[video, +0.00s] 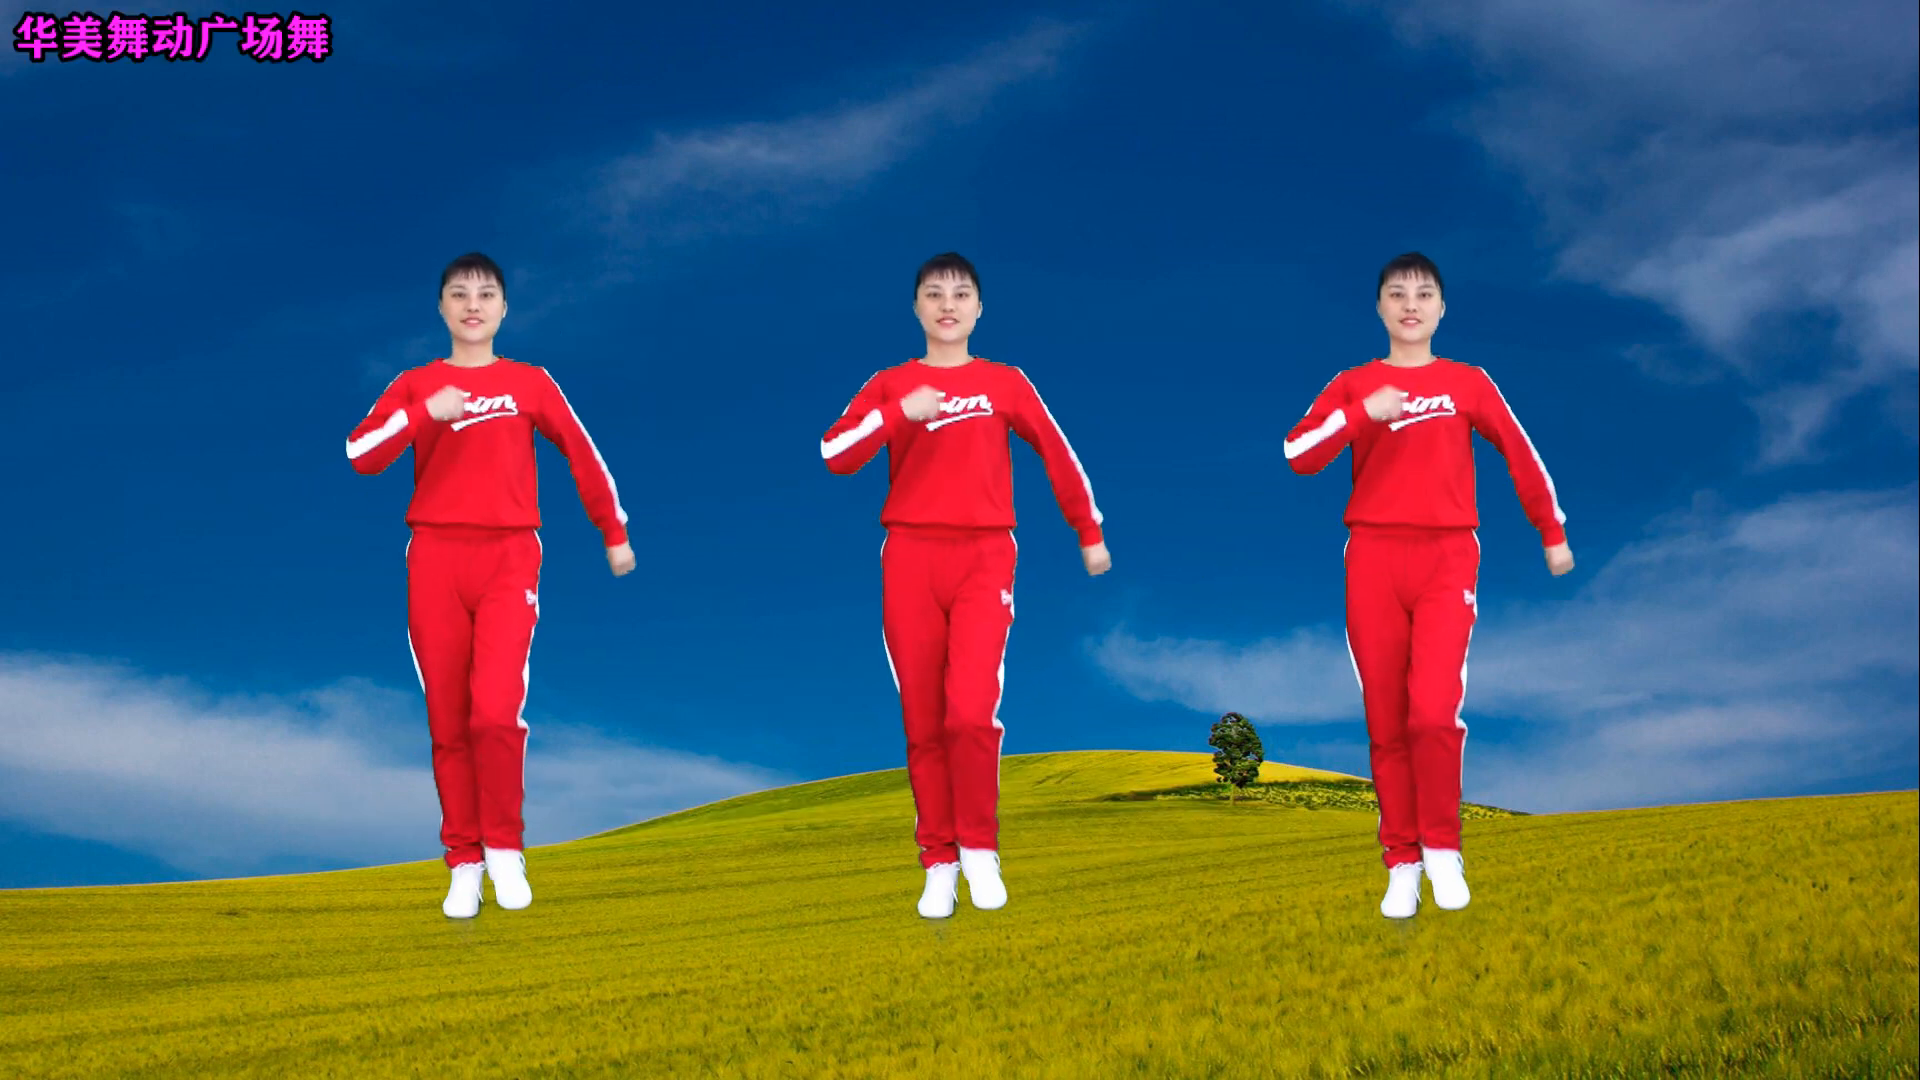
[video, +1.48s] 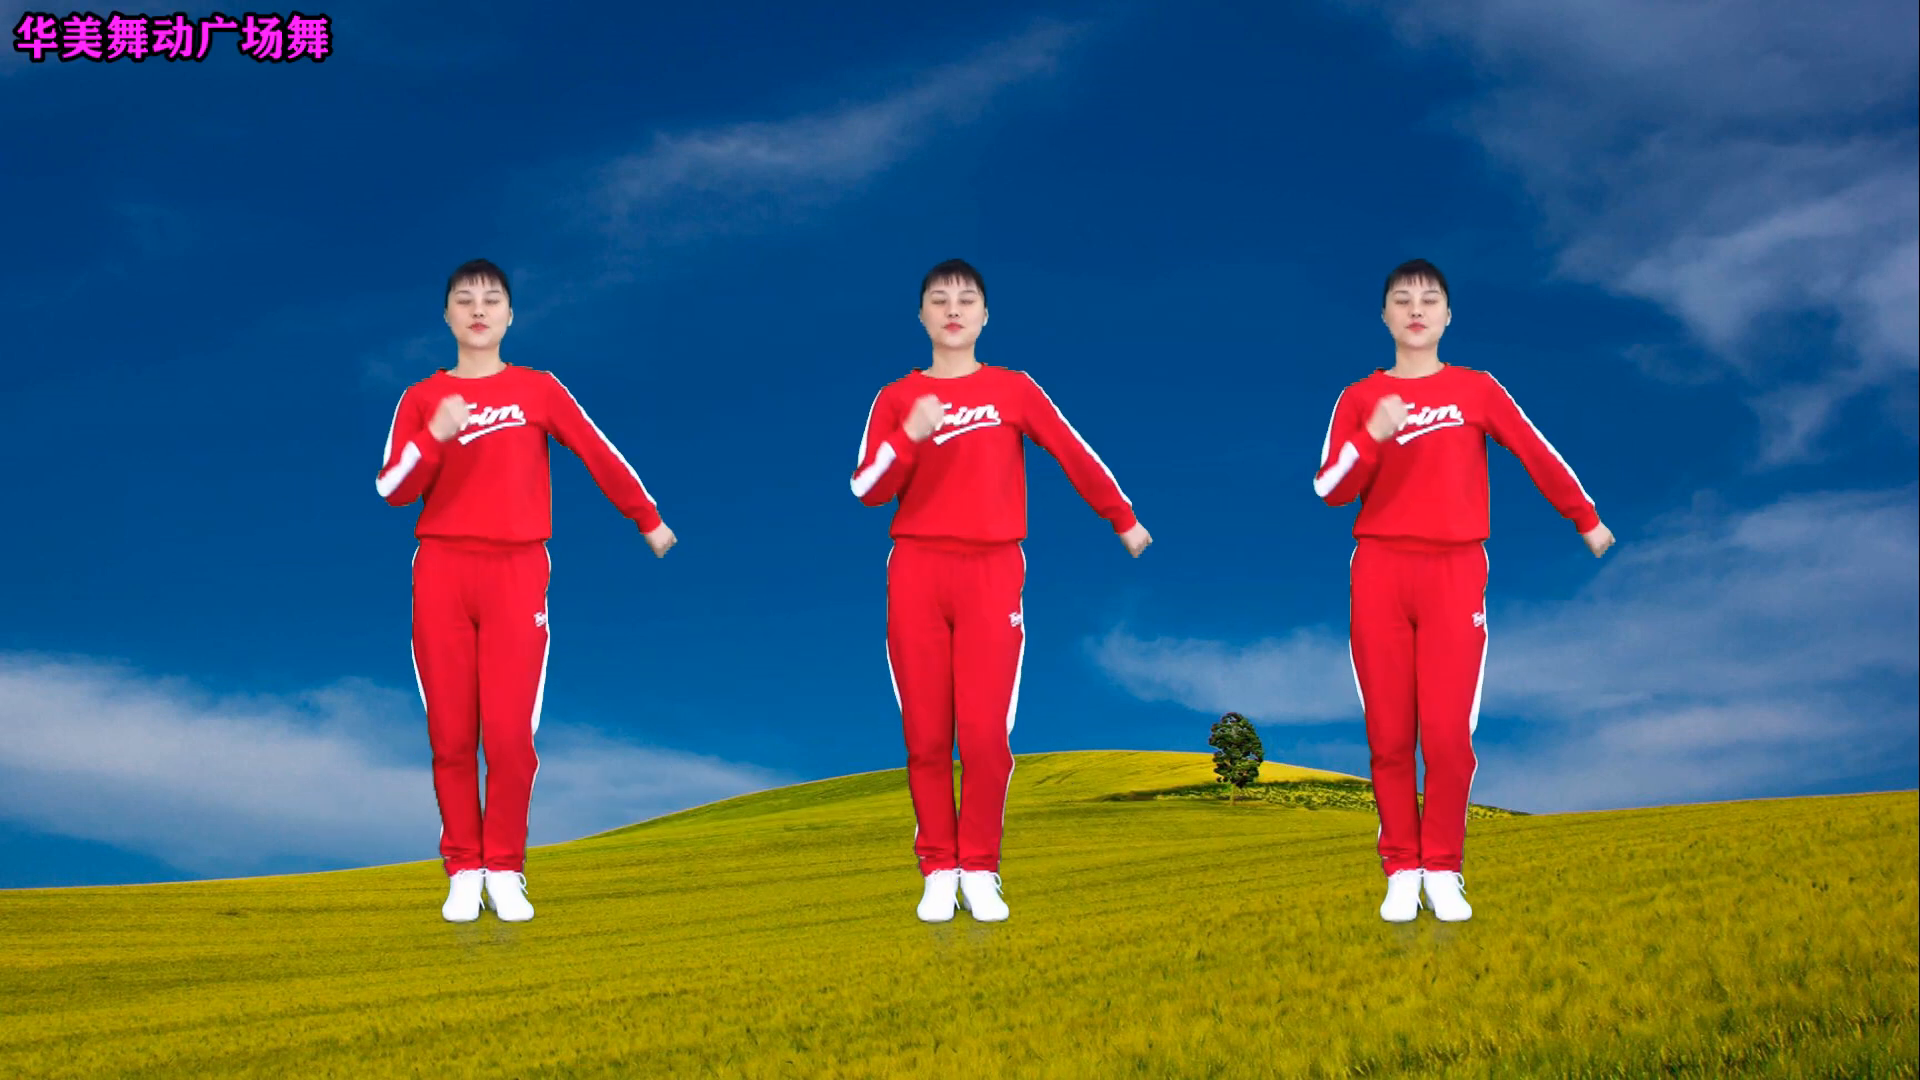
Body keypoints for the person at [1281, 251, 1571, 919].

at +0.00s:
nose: (1411, 304)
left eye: (1423, 295)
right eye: (1399, 295)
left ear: (1441, 307)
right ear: (1381, 308)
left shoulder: (1469, 383)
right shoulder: (1351, 385)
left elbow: (1523, 454)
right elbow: (1299, 455)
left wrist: (1553, 535)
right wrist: (1360, 414)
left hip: (1448, 561)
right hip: (1372, 561)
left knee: (1434, 713)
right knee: (1385, 720)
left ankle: (1442, 850)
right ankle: (1401, 861)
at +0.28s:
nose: (1417, 314)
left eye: (1430, 304)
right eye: (1404, 304)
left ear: (1448, 315)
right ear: (1388, 316)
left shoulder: (1477, 388)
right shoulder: (1362, 394)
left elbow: (1527, 472)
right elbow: (1347, 478)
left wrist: (1572, 548)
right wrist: (1383, 505)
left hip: (1465, 572)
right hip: (1389, 575)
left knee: (1456, 725)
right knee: (1399, 723)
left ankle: (1447, 867)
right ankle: (1406, 854)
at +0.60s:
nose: (1422, 304)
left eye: (1433, 294)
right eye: (1409, 295)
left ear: (1452, 303)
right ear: (1393, 308)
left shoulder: (1485, 381)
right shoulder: (1368, 388)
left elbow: (1524, 464)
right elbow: (1317, 464)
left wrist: (1468, 442)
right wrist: (1278, 545)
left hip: (1472, 555)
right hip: (1395, 556)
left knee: (1465, 711)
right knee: (1423, 705)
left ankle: (1452, 861)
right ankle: (1413, 827)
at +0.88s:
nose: (1419, 312)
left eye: (1431, 301)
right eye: (1406, 303)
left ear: (1449, 311)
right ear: (1390, 315)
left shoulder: (1479, 389)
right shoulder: (1364, 391)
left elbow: (1500, 473)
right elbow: (1302, 462)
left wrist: (1450, 442)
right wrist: (1238, 528)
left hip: (1463, 562)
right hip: (1386, 563)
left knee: (1453, 721)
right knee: (1394, 723)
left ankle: (1446, 866)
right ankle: (1402, 868)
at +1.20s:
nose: (1411, 312)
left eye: (1423, 302)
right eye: (1398, 302)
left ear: (1441, 314)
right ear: (1381, 315)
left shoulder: (1471, 392)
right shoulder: (1352, 394)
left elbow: (1508, 482)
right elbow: (1316, 469)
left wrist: (1528, 571)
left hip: (1448, 567)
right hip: (1373, 567)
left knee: (1417, 706)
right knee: (1375, 722)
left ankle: (1436, 810)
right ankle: (1402, 864)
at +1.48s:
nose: (1416, 311)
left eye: (1428, 302)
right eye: (1404, 301)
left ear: (1447, 314)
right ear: (1386, 314)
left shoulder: (1478, 389)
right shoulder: (1359, 396)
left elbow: (1538, 454)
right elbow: (1332, 490)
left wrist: (1587, 518)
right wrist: (1371, 435)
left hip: (1456, 571)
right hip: (1379, 570)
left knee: (1448, 731)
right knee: (1389, 733)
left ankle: (1443, 869)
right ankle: (1401, 870)